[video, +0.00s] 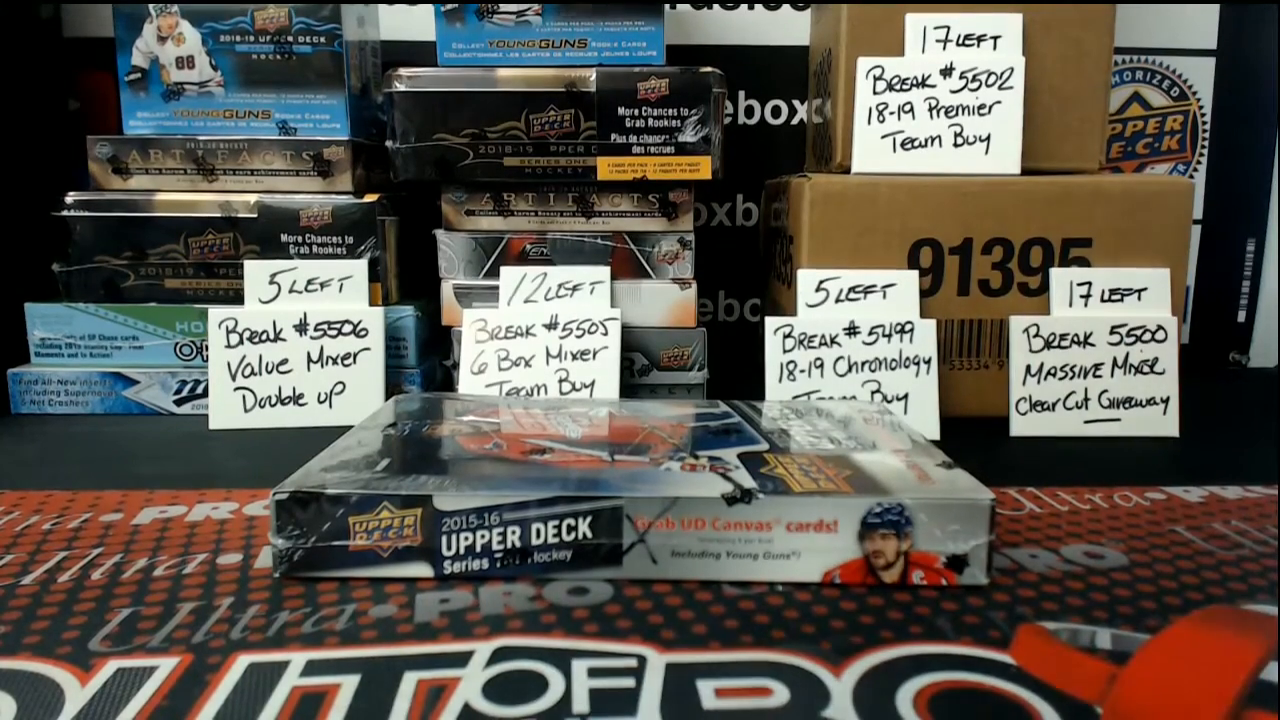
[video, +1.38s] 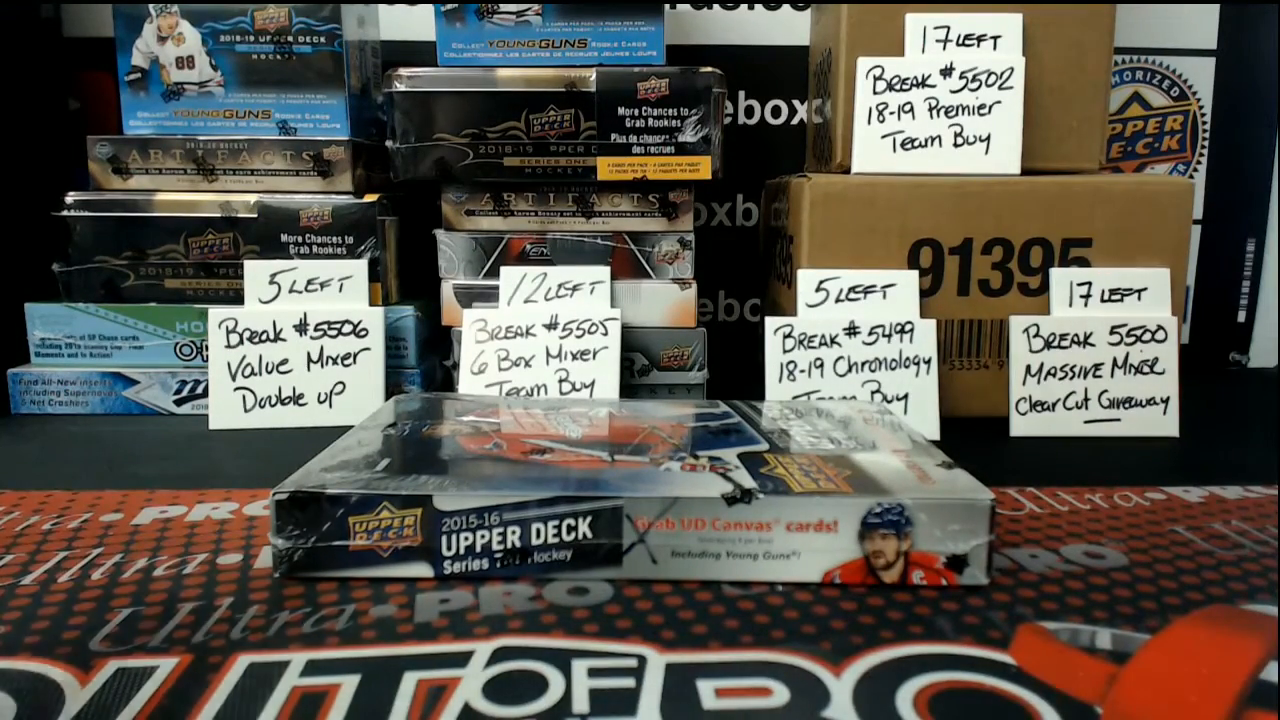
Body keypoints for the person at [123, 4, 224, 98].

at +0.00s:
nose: (170, 22)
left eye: (173, 17)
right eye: (164, 18)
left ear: (178, 17)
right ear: (156, 20)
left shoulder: (186, 36)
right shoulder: (150, 29)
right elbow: (142, 50)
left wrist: (178, 88)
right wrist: (137, 72)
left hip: (209, 84)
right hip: (181, 84)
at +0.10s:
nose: (170, 22)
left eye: (173, 17)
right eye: (164, 18)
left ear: (178, 17)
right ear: (156, 20)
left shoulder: (186, 36)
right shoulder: (150, 28)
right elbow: (142, 50)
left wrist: (179, 89)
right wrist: (137, 72)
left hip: (209, 84)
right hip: (181, 83)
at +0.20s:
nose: (170, 22)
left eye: (173, 17)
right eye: (164, 17)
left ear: (178, 17)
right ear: (156, 20)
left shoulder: (186, 34)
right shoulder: (150, 29)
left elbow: (188, 65)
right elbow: (142, 50)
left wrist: (180, 87)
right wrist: (137, 73)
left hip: (208, 83)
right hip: (181, 84)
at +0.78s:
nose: (170, 22)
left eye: (173, 17)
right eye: (164, 18)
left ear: (178, 17)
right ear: (156, 20)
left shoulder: (186, 35)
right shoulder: (150, 28)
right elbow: (141, 50)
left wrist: (179, 89)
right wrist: (137, 74)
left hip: (209, 84)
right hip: (181, 85)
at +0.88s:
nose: (170, 22)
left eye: (173, 17)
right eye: (164, 18)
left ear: (178, 17)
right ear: (156, 20)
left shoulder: (186, 35)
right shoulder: (150, 28)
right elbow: (141, 50)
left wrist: (179, 89)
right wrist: (137, 74)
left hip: (209, 84)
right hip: (181, 85)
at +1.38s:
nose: (170, 22)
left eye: (173, 17)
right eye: (164, 18)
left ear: (178, 17)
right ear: (156, 20)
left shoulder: (185, 35)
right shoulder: (150, 28)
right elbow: (141, 50)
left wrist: (178, 89)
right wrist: (136, 74)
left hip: (209, 84)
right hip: (181, 84)